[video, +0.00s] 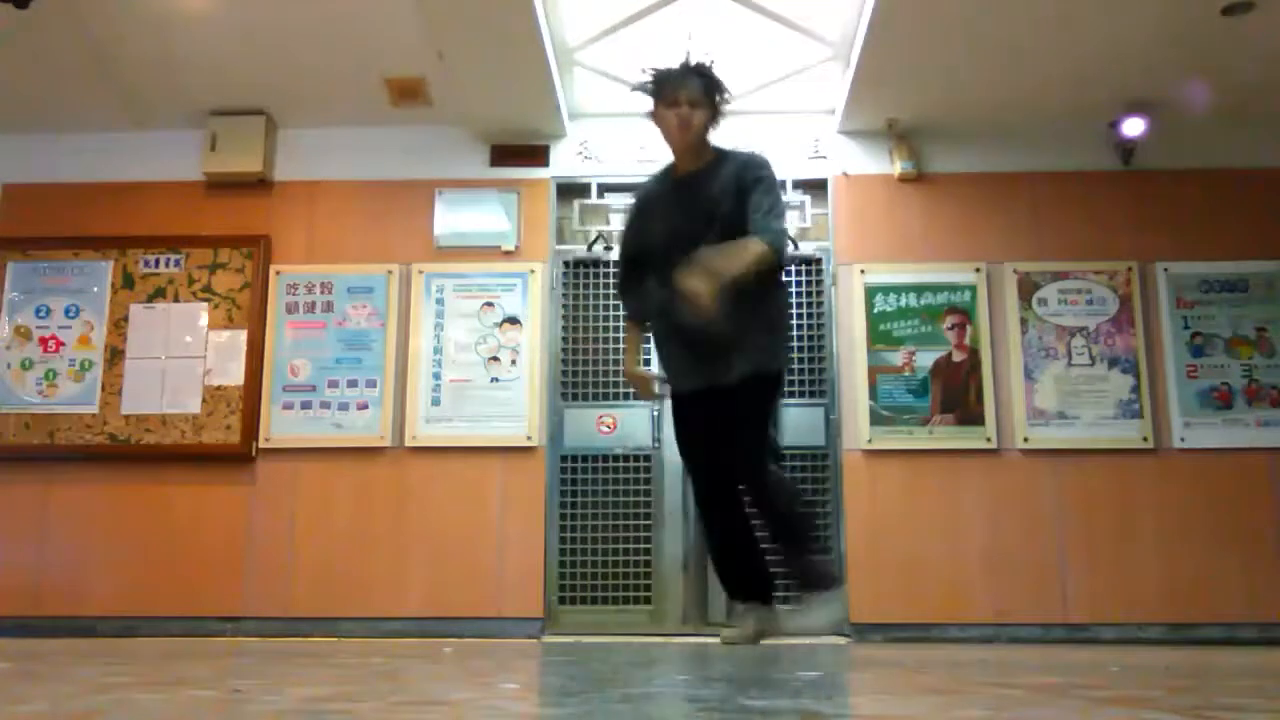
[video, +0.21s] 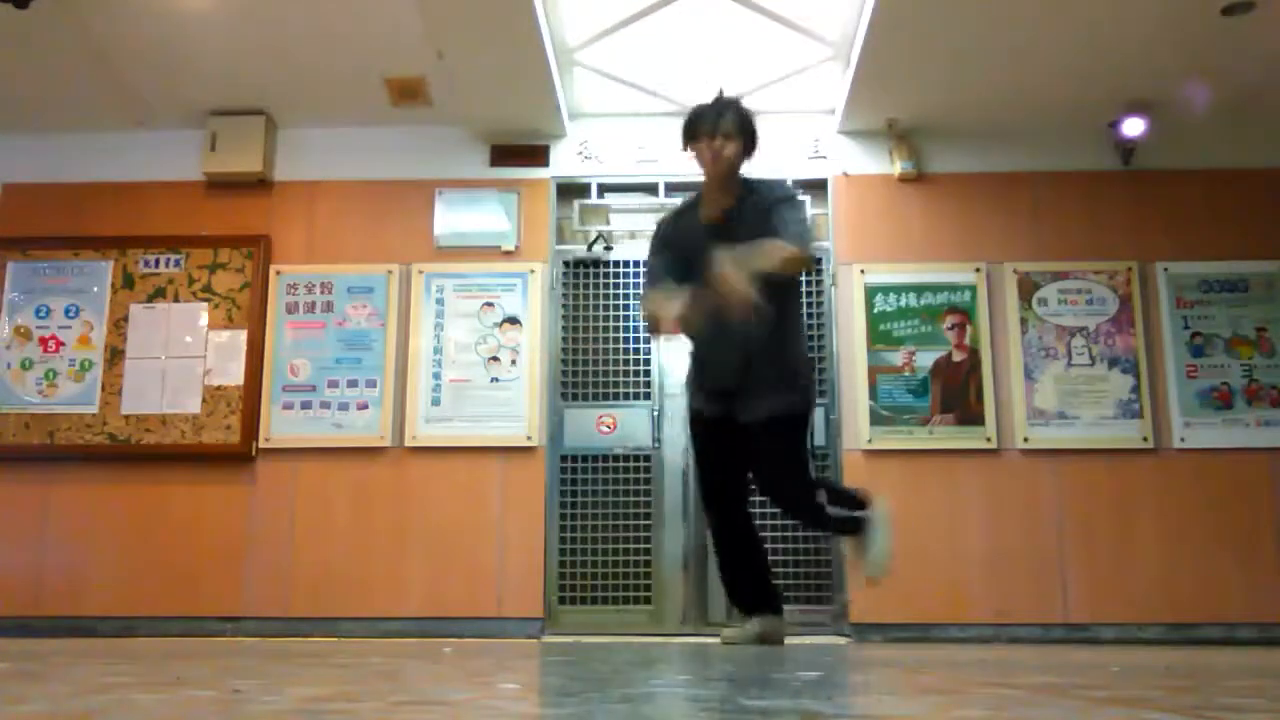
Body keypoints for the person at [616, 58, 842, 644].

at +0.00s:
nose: (679, 116)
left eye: (690, 105)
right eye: (668, 106)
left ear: (712, 113)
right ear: (656, 116)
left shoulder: (746, 171)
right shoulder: (652, 199)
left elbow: (769, 239)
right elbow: (634, 283)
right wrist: (631, 358)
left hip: (753, 355)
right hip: (689, 366)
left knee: (749, 466)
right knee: (711, 486)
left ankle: (818, 586)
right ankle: (752, 602)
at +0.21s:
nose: (713, 149)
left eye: (725, 138)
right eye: (703, 139)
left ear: (746, 147)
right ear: (692, 149)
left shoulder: (773, 201)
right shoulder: (675, 227)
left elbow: (793, 252)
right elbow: (656, 308)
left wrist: (732, 265)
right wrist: (697, 300)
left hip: (776, 373)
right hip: (713, 380)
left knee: (786, 487)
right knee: (722, 501)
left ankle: (860, 518)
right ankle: (761, 614)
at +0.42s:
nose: (753, 101)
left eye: (766, 92)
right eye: (748, 90)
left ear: (792, 100)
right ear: (738, 97)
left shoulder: (824, 169)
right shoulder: (716, 162)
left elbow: (865, 232)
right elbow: (703, 219)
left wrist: (897, 280)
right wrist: (763, 175)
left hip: (799, 341)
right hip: (724, 339)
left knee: (805, 465)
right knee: (693, 453)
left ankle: (830, 598)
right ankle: (707, 587)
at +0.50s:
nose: (778, 116)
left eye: (791, 107)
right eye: (769, 105)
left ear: (811, 116)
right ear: (757, 111)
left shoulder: (835, 184)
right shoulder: (733, 175)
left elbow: (882, 237)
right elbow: (741, 212)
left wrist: (919, 269)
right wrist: (806, 169)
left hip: (804, 363)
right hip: (729, 359)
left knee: (817, 486)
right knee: (676, 466)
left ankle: (842, 612)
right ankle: (646, 601)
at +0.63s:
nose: (804, 132)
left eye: (817, 124)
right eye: (795, 121)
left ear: (835, 136)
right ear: (777, 129)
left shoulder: (850, 199)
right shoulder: (745, 190)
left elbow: (868, 270)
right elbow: (766, 246)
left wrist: (886, 248)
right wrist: (843, 225)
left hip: (819, 377)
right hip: (743, 371)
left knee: (829, 497)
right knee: (677, 472)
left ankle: (842, 616)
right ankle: (607, 581)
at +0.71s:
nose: (810, 116)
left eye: (823, 108)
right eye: (801, 104)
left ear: (841, 122)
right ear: (783, 111)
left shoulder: (852, 193)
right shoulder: (747, 174)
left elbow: (881, 268)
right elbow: (751, 232)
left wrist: (921, 324)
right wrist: (817, 257)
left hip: (805, 365)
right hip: (730, 355)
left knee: (822, 486)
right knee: (689, 449)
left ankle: (835, 609)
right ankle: (656, 566)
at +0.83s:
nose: (821, 105)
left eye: (835, 98)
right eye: (812, 91)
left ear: (849, 110)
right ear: (792, 92)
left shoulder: (850, 181)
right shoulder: (746, 152)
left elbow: (862, 267)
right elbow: (706, 219)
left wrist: (876, 328)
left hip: (796, 332)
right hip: (727, 323)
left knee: (804, 462)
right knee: (750, 443)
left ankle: (744, 577)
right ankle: (767, 586)